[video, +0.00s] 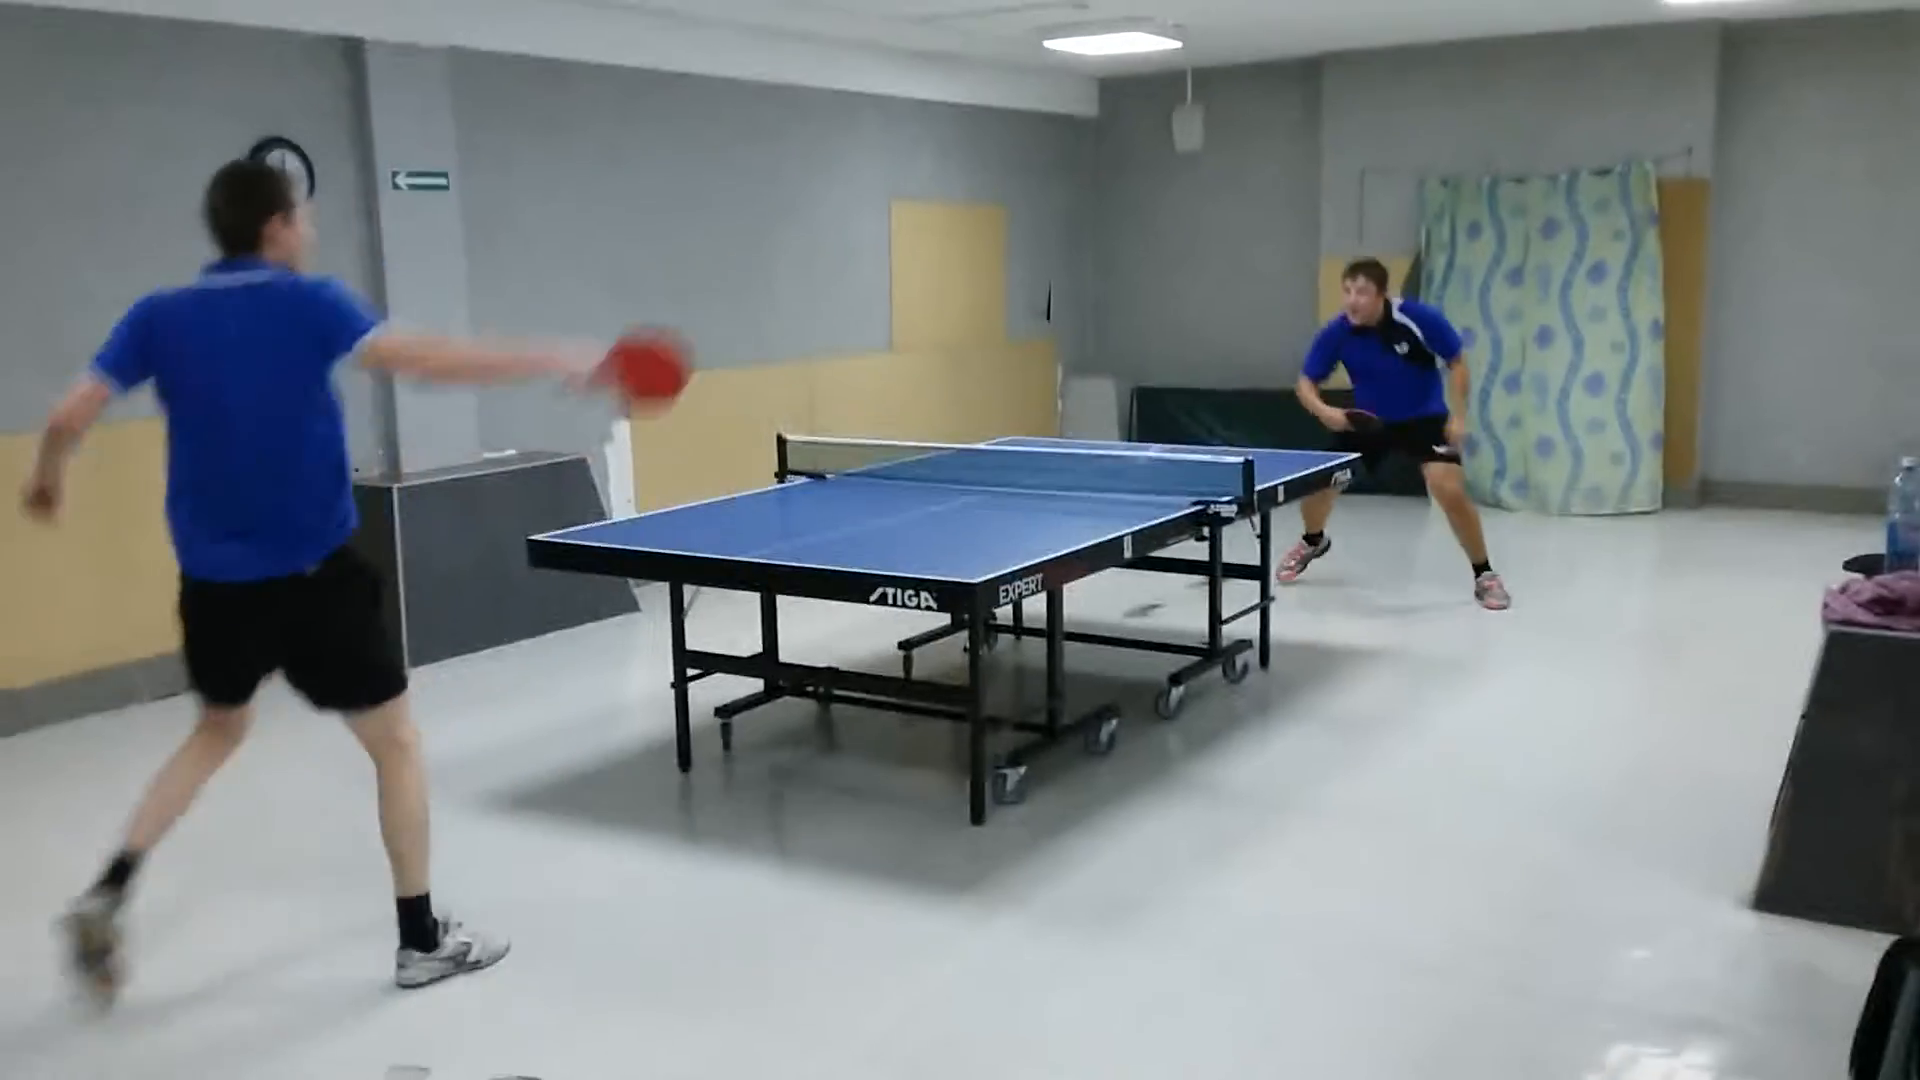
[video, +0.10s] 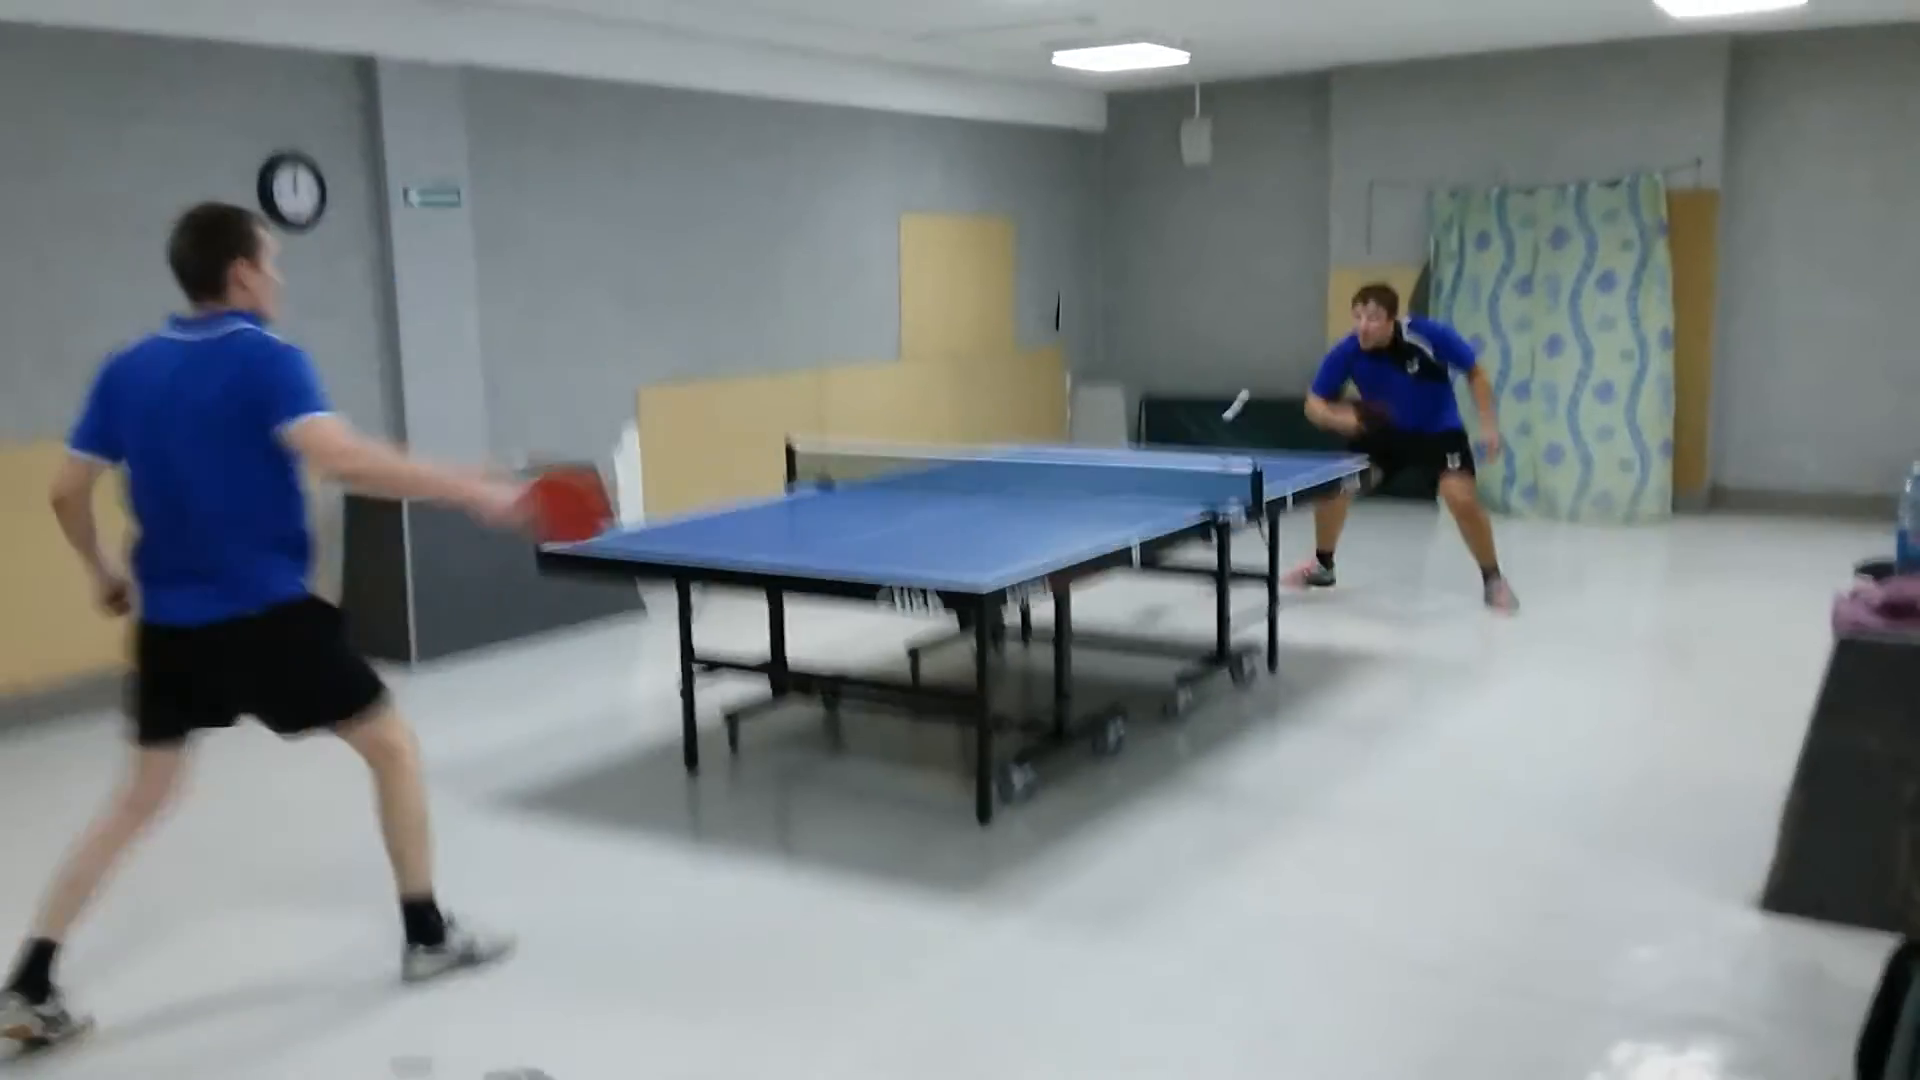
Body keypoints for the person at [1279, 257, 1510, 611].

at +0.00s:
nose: (1353, 300)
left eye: (1362, 292)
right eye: (1349, 292)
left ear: (1381, 295)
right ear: (1343, 294)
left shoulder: (1419, 320)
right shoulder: (1337, 333)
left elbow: (1457, 364)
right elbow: (1304, 384)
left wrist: (1458, 418)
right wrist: (1324, 412)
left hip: (1424, 422)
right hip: (1369, 423)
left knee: (1448, 488)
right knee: (1317, 477)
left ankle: (1484, 574)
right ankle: (1313, 541)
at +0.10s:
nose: (1364, 327)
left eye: (1373, 318)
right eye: (1359, 317)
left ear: (1392, 320)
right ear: (1353, 318)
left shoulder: (1428, 337)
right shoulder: (1346, 353)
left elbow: (1474, 372)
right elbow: (1313, 404)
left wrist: (1489, 427)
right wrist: (1338, 418)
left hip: (1439, 436)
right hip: (1384, 436)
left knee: (1460, 497)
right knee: (1329, 482)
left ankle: (1493, 579)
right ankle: (1323, 565)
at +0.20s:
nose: (1355, 332)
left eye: (1364, 323)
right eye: (1349, 323)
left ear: (1382, 325)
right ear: (1342, 326)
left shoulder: (1415, 342)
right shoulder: (1334, 363)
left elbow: (1465, 373)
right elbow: (1296, 423)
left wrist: (1494, 420)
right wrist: (1311, 407)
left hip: (1434, 439)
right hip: (1379, 444)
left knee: (1458, 503)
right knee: (1344, 503)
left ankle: (1490, 585)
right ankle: (1315, 584)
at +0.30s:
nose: (1349, 334)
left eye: (1358, 324)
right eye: (1343, 326)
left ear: (1377, 327)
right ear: (1337, 333)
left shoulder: (1413, 346)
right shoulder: (1335, 375)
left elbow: (1460, 375)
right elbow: (1294, 423)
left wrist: (1497, 416)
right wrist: (1281, 411)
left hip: (1437, 438)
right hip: (1382, 446)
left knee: (1463, 496)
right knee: (1351, 498)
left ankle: (1493, 583)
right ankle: (1316, 584)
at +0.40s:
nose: (1355, 329)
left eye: (1363, 320)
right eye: (1348, 323)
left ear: (1383, 323)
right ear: (1343, 330)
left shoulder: (1421, 343)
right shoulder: (1344, 374)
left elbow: (1461, 375)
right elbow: (1311, 427)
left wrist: (1498, 410)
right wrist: (1297, 423)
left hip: (1442, 438)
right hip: (1387, 445)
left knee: (1472, 500)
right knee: (1354, 498)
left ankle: (1507, 580)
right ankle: (1317, 584)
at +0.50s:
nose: (1381, 316)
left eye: (1390, 307)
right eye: (1375, 309)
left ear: (1409, 311)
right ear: (1368, 316)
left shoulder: (1446, 340)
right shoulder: (1364, 366)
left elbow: (1484, 375)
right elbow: (1341, 420)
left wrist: (1517, 414)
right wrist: (1336, 438)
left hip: (1455, 440)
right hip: (1399, 445)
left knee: (1484, 511)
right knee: (1364, 499)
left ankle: (1527, 578)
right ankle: (1318, 585)